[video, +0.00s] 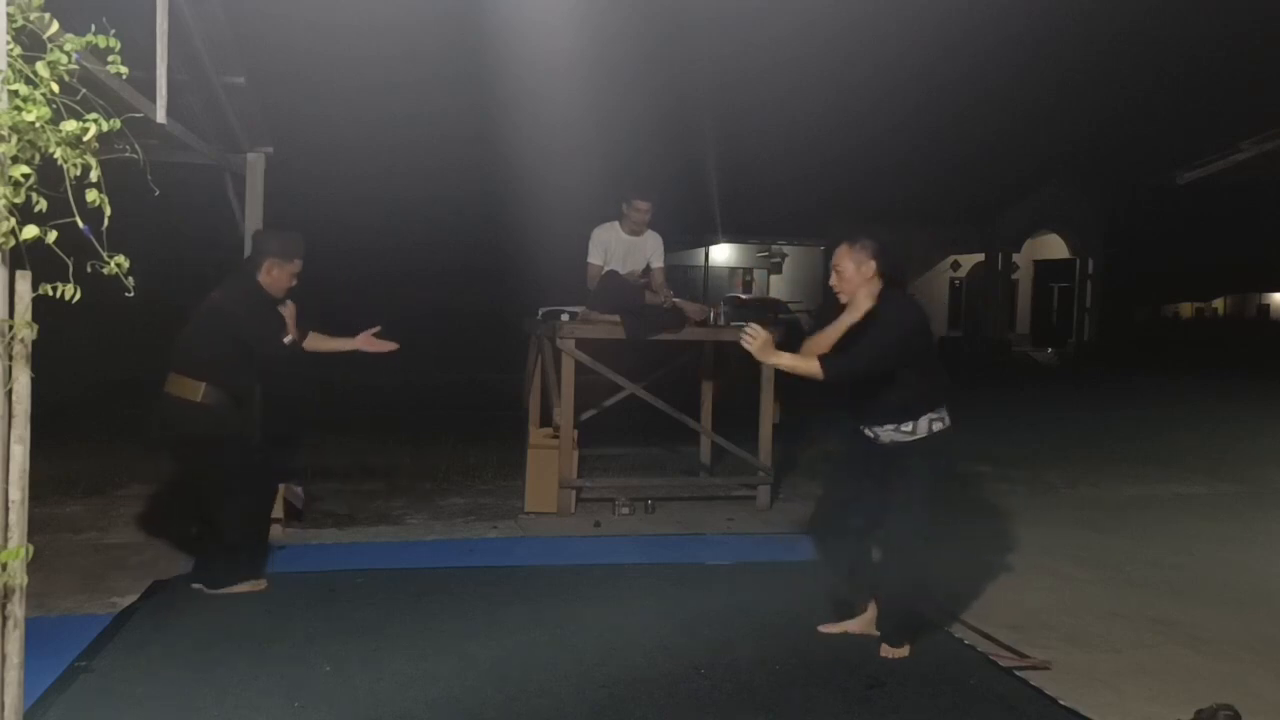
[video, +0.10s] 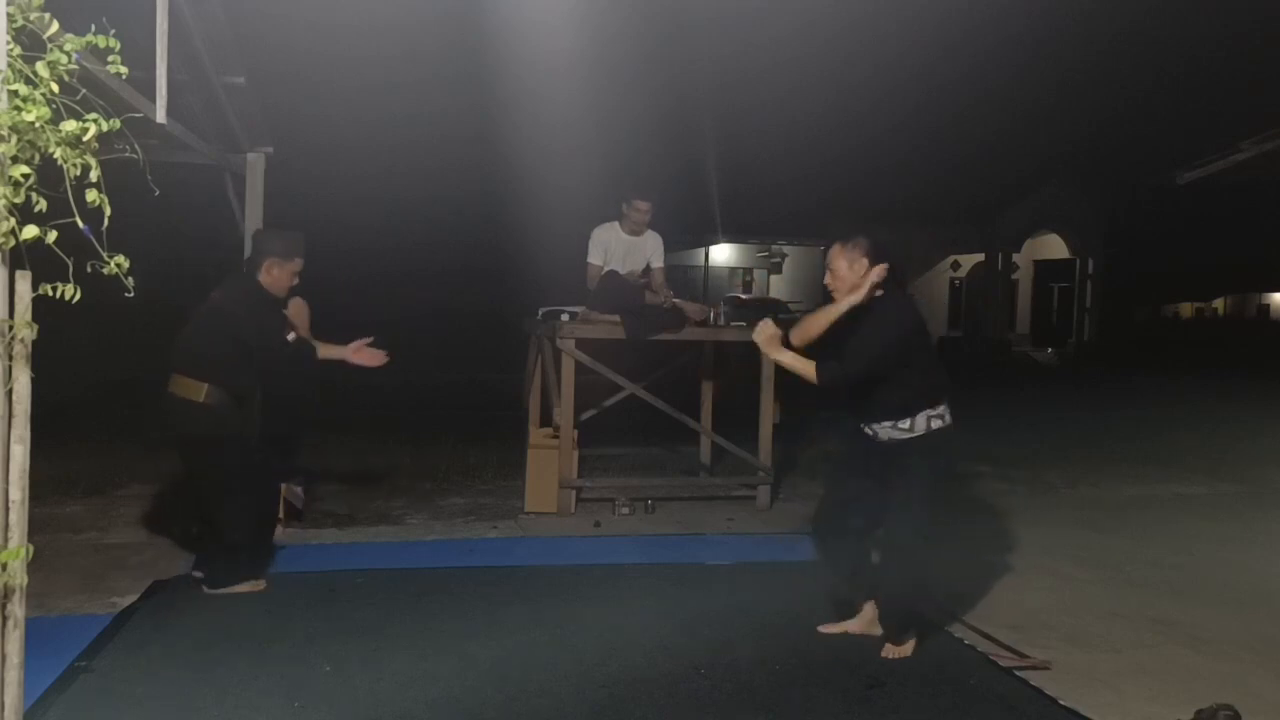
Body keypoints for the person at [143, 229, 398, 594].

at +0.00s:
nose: (295, 283)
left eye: (297, 275)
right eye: (292, 274)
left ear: (269, 269)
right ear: (269, 268)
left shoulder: (248, 295)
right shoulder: (245, 300)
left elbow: (299, 339)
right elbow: (274, 350)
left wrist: (354, 343)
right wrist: (287, 328)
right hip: (201, 411)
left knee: (226, 482)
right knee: (238, 484)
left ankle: (216, 567)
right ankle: (223, 574)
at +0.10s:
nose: (296, 282)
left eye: (297, 274)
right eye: (293, 274)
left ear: (268, 269)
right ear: (269, 269)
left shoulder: (238, 290)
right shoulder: (253, 303)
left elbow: (284, 341)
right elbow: (294, 351)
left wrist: (342, 352)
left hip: (187, 403)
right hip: (208, 410)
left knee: (219, 482)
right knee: (240, 484)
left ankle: (211, 561)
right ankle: (229, 574)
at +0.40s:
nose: (293, 284)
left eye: (296, 276)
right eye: (286, 274)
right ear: (259, 269)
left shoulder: (258, 302)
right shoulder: (241, 302)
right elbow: (298, 333)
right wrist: (363, 328)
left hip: (229, 406)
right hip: (217, 410)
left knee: (245, 480)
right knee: (253, 486)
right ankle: (232, 573)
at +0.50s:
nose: (292, 285)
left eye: (296, 277)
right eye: (285, 275)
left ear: (299, 274)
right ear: (260, 270)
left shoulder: (275, 308)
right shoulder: (239, 299)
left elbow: (310, 353)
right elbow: (261, 326)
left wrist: (297, 345)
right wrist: (318, 327)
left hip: (245, 401)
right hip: (220, 403)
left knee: (257, 474)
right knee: (244, 481)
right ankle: (231, 572)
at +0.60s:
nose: (293, 286)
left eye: (299, 278)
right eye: (286, 276)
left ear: (304, 276)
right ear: (262, 272)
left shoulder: (302, 308)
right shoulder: (240, 301)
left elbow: (315, 353)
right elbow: (215, 316)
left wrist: (264, 332)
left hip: (277, 420)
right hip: (232, 416)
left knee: (267, 496)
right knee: (232, 490)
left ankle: (256, 571)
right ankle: (228, 569)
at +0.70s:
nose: (294, 287)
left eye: (300, 279)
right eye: (286, 278)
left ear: (305, 278)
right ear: (264, 274)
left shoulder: (302, 310)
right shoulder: (248, 298)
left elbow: (317, 355)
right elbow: (218, 312)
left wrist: (270, 334)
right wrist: (194, 319)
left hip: (265, 409)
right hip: (225, 405)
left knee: (259, 483)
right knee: (235, 484)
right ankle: (232, 575)